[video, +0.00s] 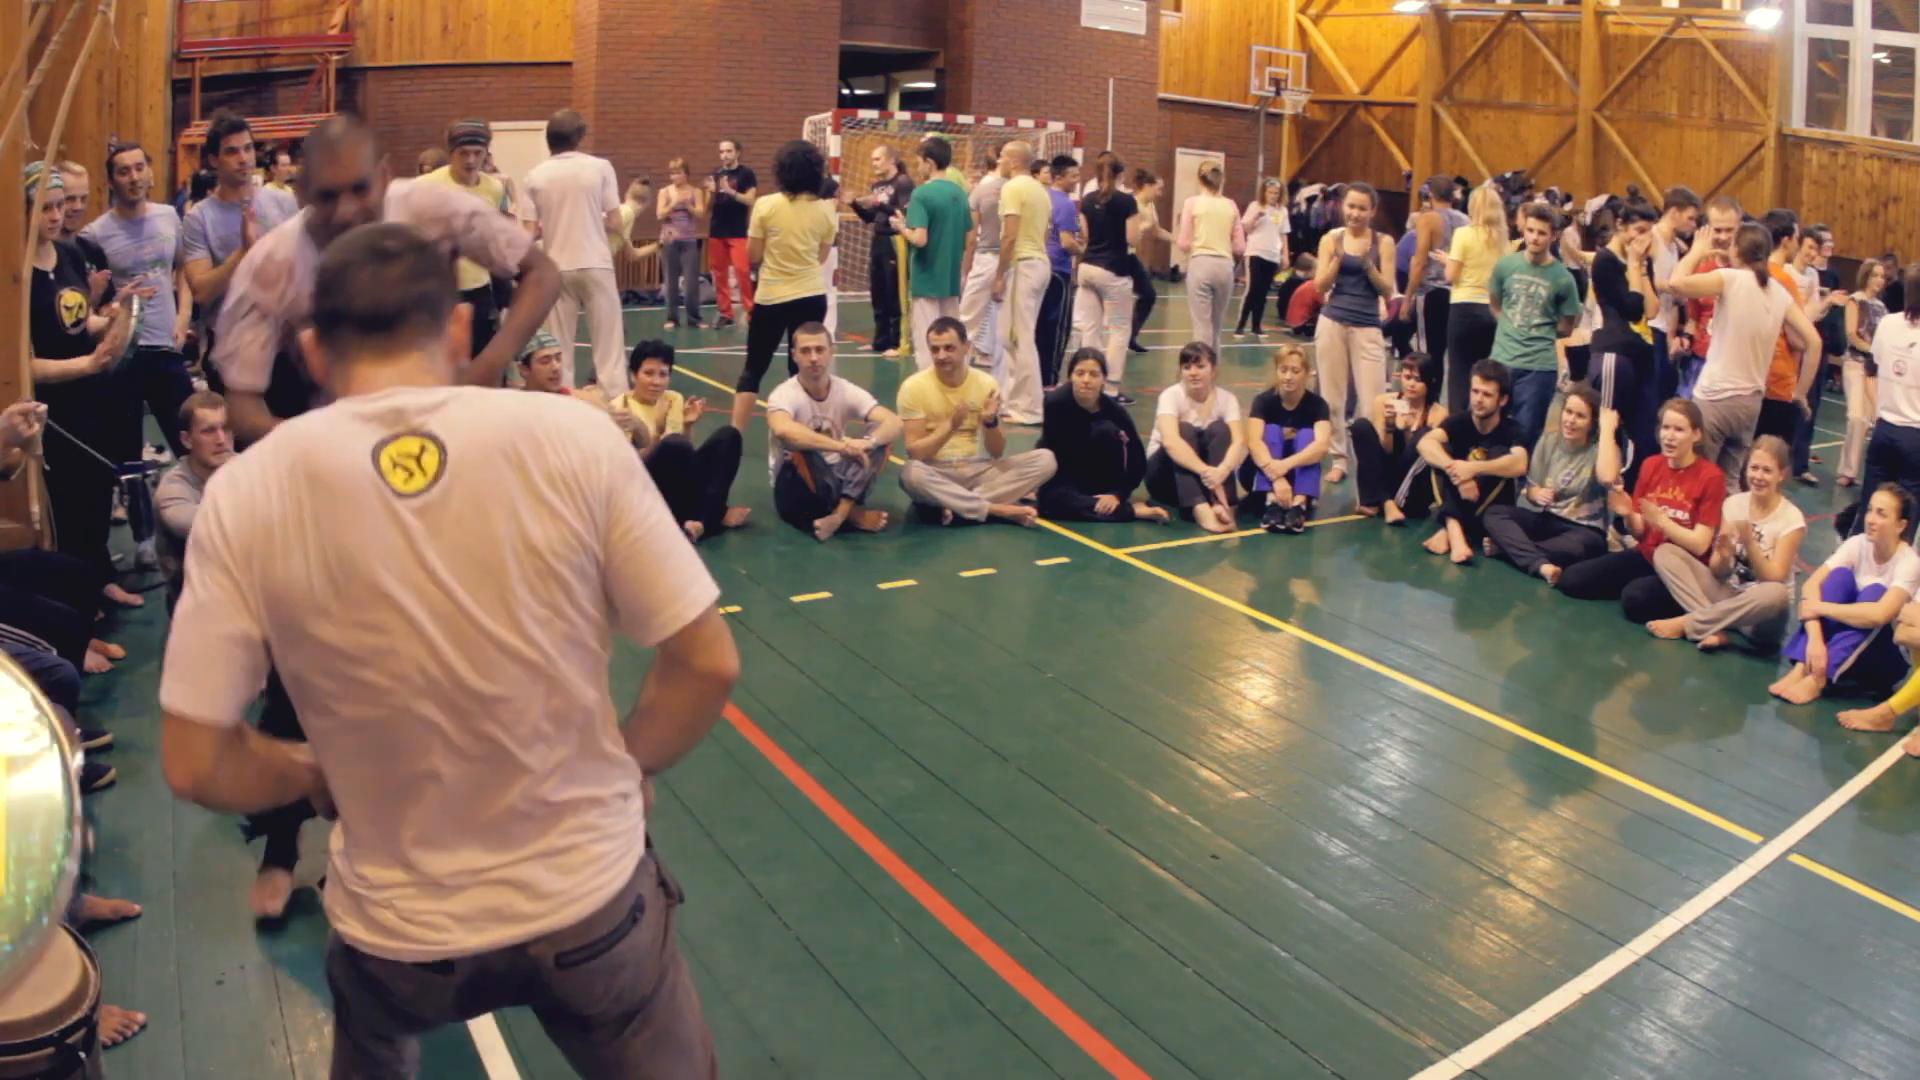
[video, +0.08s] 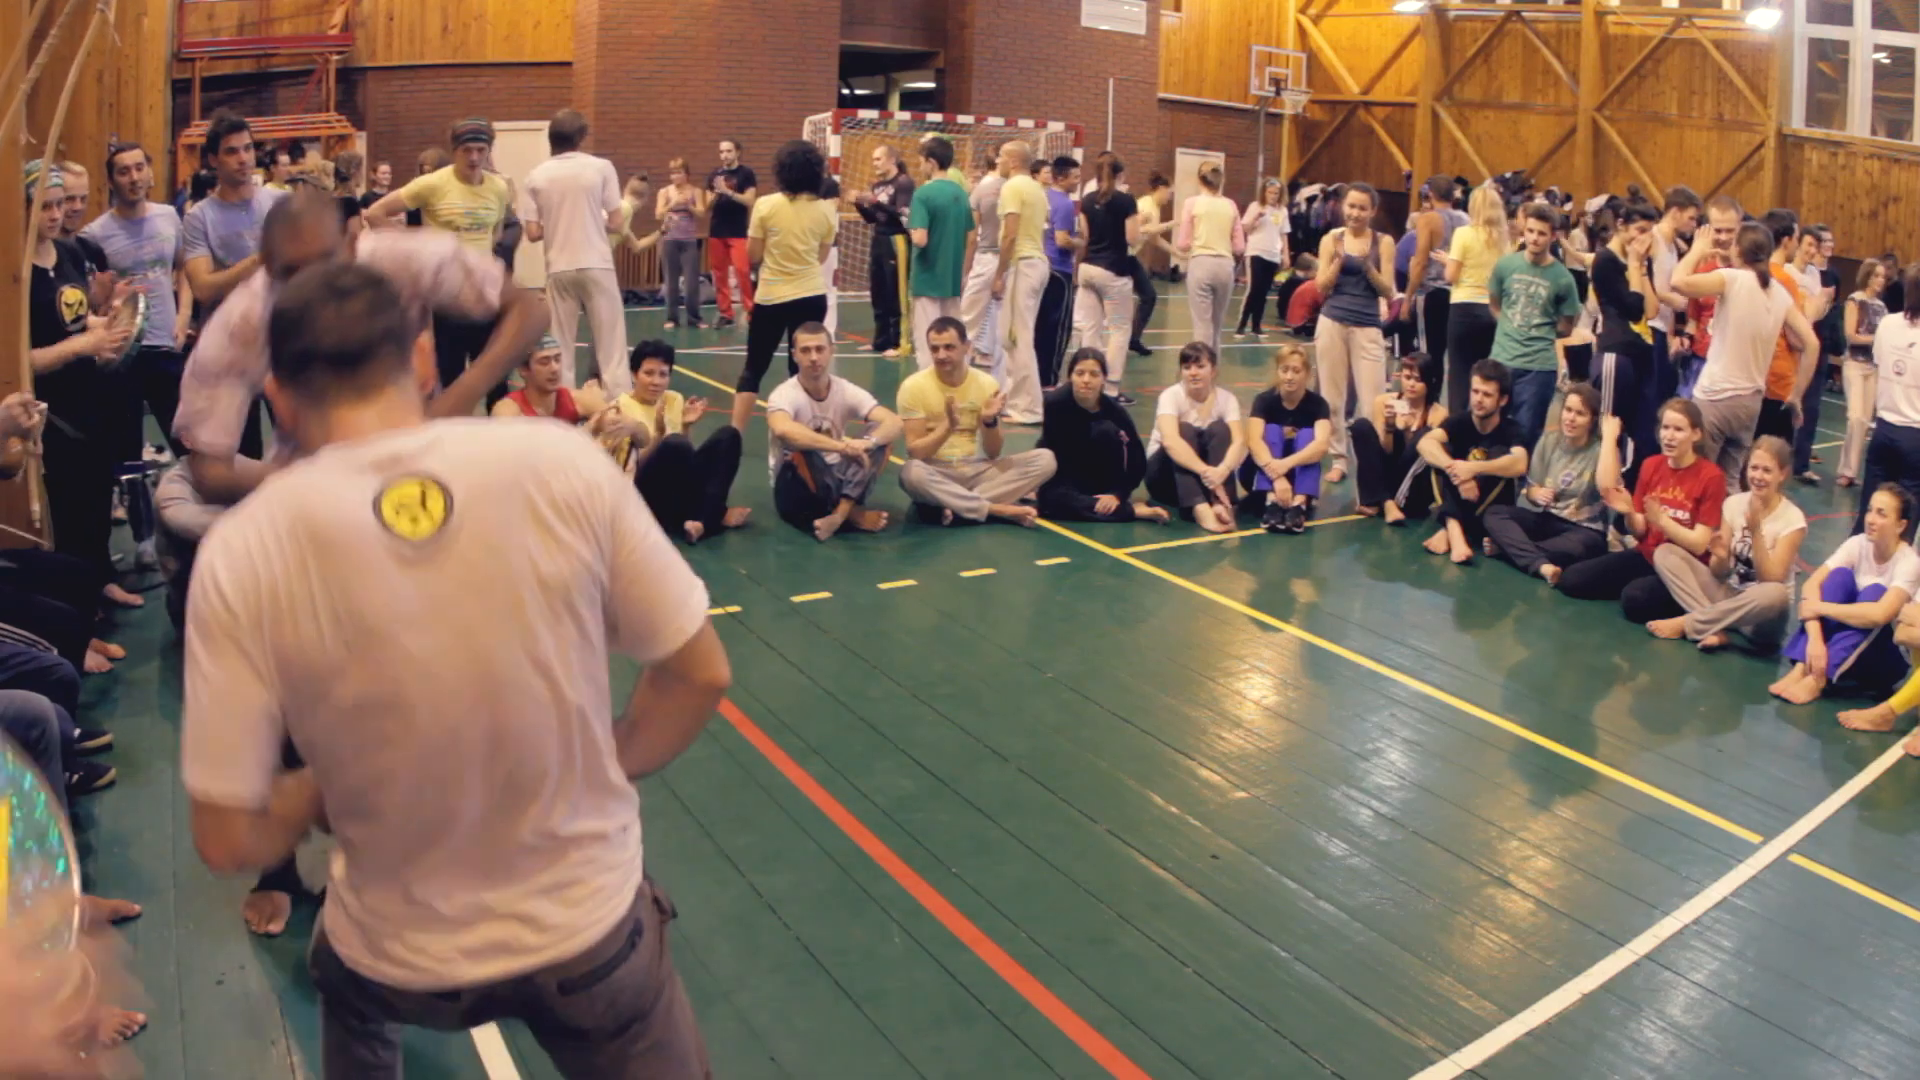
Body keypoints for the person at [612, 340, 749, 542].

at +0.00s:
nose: (656, 382)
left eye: (663, 375)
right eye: (649, 374)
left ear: (669, 378)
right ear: (633, 375)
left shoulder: (674, 401)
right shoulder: (618, 407)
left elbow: (683, 451)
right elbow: (622, 462)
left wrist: (687, 426)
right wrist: (657, 441)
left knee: (729, 435)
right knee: (675, 447)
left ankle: (698, 521)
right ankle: (717, 514)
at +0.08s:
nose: (656, 381)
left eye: (663, 375)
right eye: (648, 374)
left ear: (670, 378)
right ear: (634, 376)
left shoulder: (675, 401)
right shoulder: (621, 407)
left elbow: (686, 453)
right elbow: (628, 467)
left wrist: (685, 425)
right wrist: (658, 438)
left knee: (729, 435)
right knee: (675, 447)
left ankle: (701, 520)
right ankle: (716, 514)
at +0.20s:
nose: (656, 381)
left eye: (663, 374)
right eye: (648, 373)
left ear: (669, 378)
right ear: (635, 374)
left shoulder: (675, 402)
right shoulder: (619, 409)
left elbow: (684, 448)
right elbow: (628, 467)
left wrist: (675, 430)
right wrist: (665, 434)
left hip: (684, 509)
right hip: (646, 513)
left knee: (728, 435)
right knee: (675, 448)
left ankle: (701, 520)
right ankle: (719, 513)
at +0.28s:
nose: (655, 381)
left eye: (663, 375)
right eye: (649, 373)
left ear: (670, 379)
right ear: (635, 374)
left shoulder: (674, 402)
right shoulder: (619, 409)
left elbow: (685, 449)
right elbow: (631, 468)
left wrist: (676, 428)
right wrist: (662, 431)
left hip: (683, 510)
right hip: (646, 514)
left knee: (728, 435)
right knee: (675, 449)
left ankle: (701, 521)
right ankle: (718, 514)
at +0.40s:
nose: (655, 382)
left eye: (663, 376)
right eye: (649, 374)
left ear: (670, 379)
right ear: (635, 374)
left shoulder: (674, 403)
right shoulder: (619, 408)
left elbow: (686, 458)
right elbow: (628, 467)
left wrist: (682, 427)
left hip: (683, 510)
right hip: (645, 514)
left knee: (728, 435)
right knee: (674, 446)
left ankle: (700, 520)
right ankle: (717, 516)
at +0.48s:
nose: (655, 383)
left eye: (663, 377)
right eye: (648, 375)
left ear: (670, 380)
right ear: (635, 374)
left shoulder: (673, 402)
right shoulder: (620, 408)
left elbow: (683, 449)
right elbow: (632, 466)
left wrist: (673, 431)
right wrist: (663, 433)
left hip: (683, 510)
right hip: (645, 514)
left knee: (729, 435)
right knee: (673, 450)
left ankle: (701, 521)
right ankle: (718, 515)